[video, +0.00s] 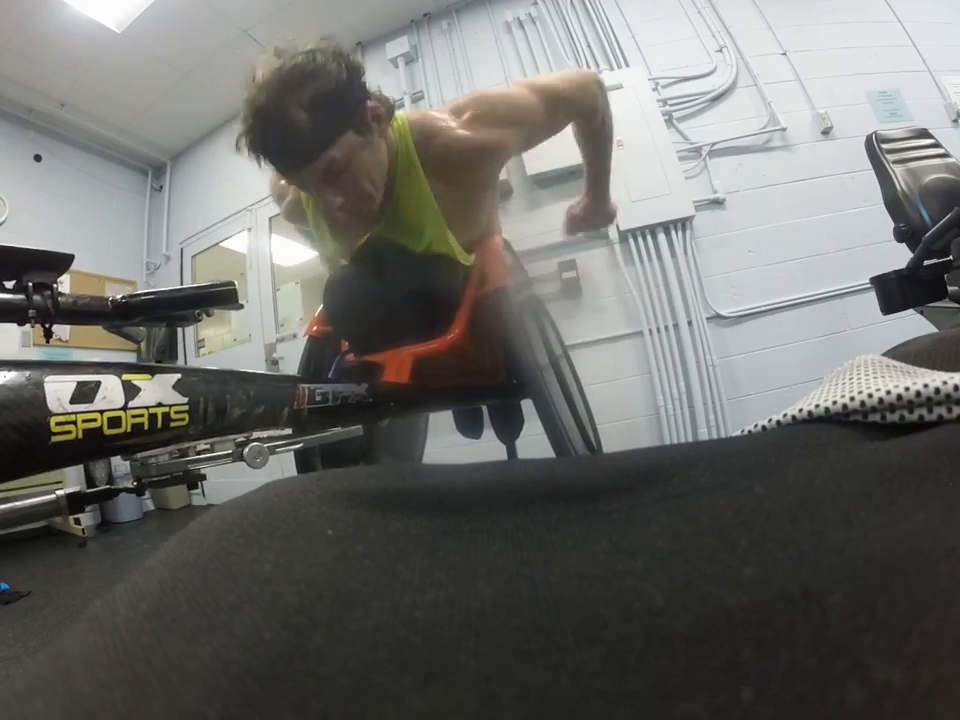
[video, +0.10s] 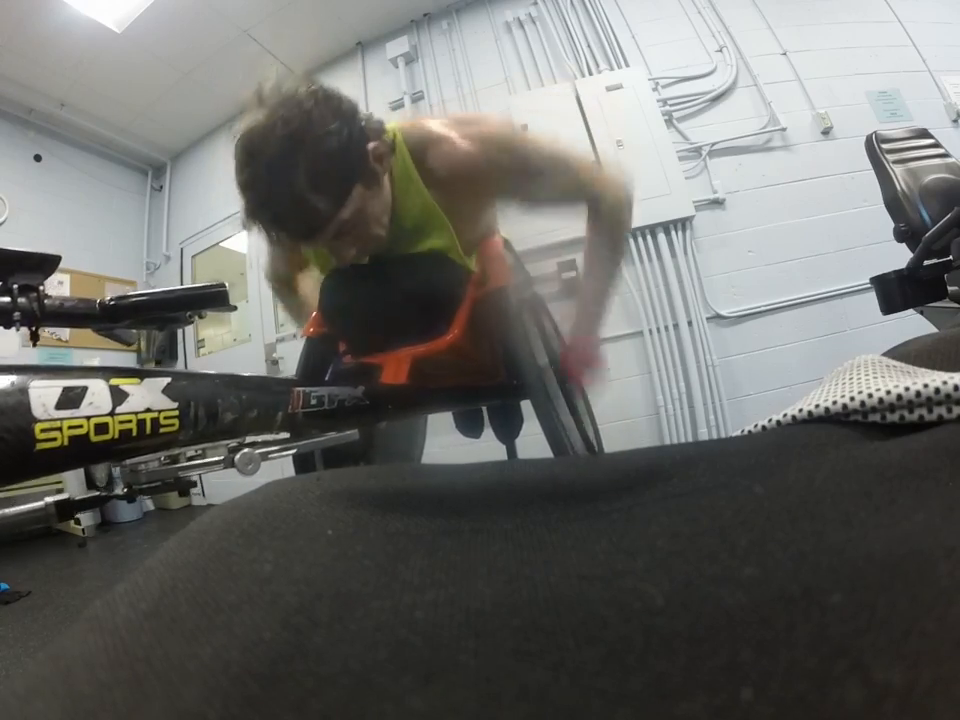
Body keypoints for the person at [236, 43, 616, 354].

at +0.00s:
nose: (333, 202)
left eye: (336, 173)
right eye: (308, 190)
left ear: (374, 121)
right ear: (290, 181)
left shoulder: (456, 142)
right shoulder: (297, 205)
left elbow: (585, 91)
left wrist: (597, 200)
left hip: (476, 297)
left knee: (349, 291)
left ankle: (493, 383)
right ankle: (465, 390)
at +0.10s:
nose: (344, 254)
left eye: (349, 227)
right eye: (322, 243)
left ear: (378, 159)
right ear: (290, 222)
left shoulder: (458, 157)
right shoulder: (294, 216)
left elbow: (609, 191)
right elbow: (284, 278)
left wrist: (584, 336)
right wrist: (328, 340)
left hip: (480, 310)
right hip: (380, 337)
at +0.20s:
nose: (328, 264)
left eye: (333, 238)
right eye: (307, 253)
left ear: (365, 172)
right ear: (282, 247)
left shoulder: (461, 180)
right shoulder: (290, 257)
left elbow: (562, 277)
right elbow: (332, 343)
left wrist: (602, 380)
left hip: (488, 305)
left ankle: (495, 396)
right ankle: (462, 397)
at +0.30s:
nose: (319, 225)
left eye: (323, 194)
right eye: (296, 212)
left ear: (364, 141)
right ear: (280, 206)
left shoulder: (459, 174)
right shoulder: (298, 225)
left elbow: (556, 222)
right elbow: (324, 291)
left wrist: (594, 284)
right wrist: (340, 333)